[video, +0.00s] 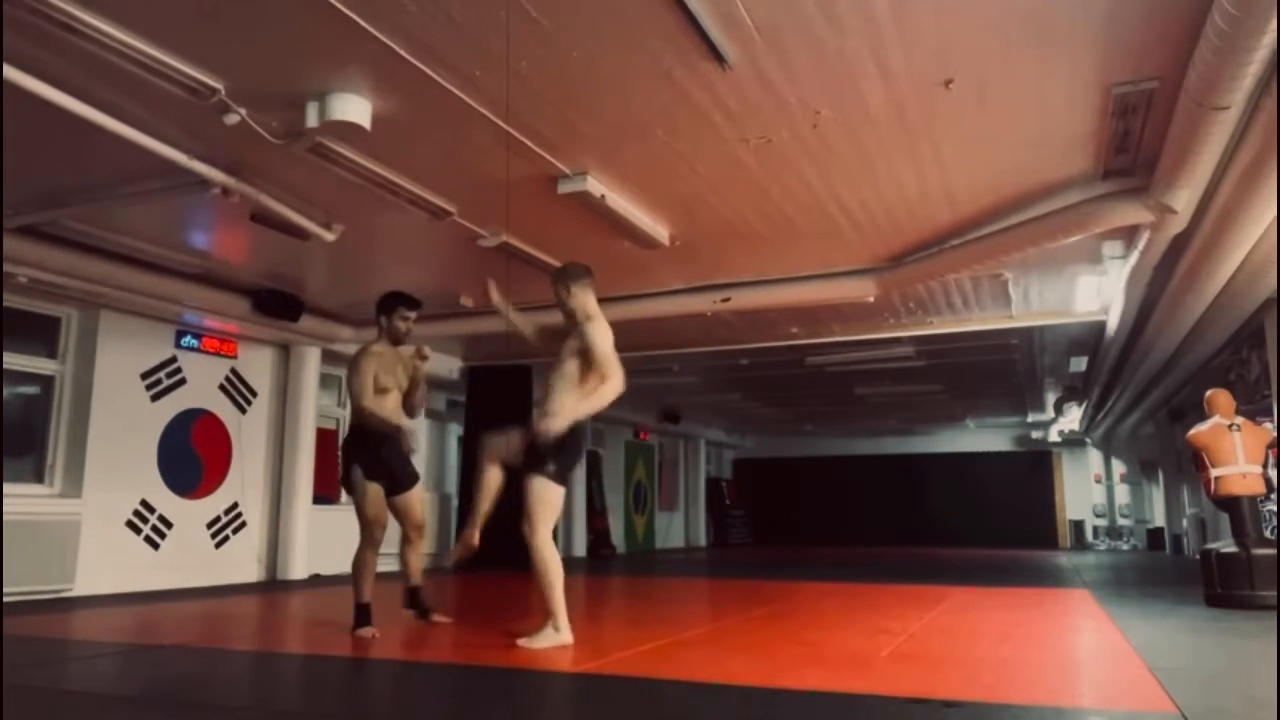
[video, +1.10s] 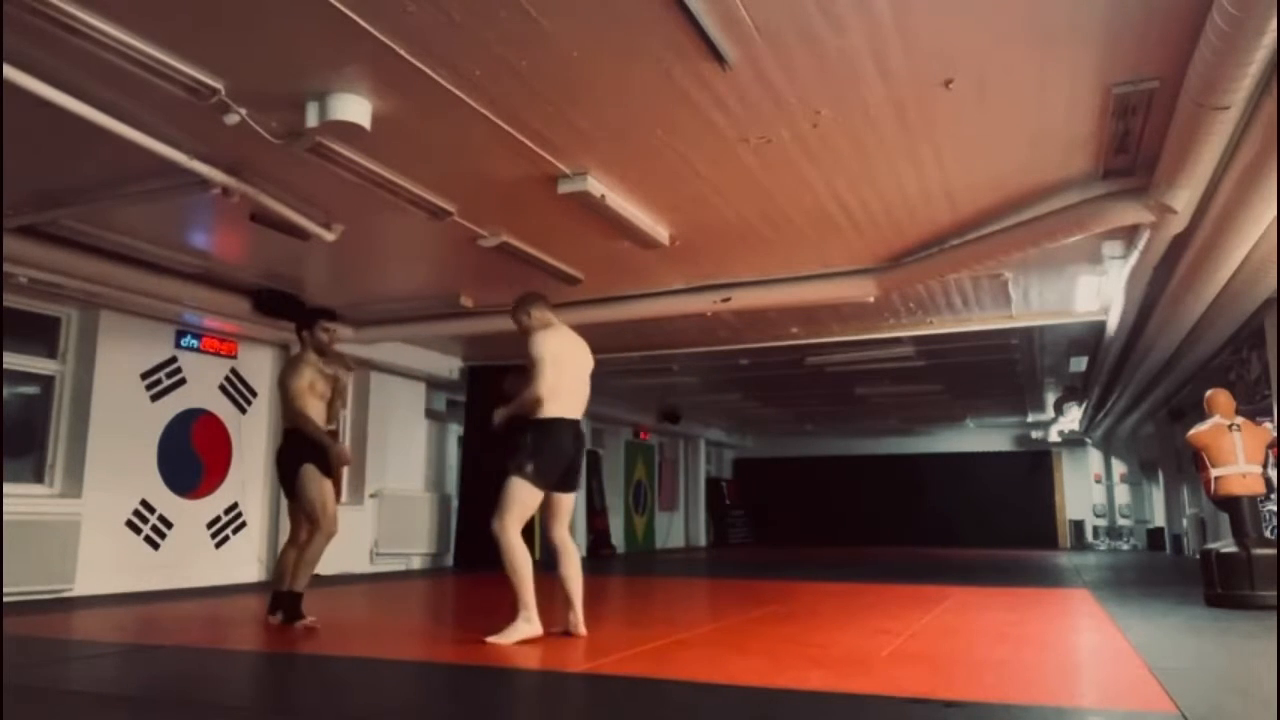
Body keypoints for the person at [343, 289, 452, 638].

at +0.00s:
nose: (410, 327)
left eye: (413, 321)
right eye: (404, 320)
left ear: (413, 323)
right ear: (385, 319)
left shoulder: (408, 359)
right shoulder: (366, 356)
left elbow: (412, 409)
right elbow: (361, 406)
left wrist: (419, 372)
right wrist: (398, 429)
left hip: (394, 442)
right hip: (364, 442)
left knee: (415, 524)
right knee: (374, 529)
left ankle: (415, 595)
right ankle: (363, 612)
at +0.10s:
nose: (402, 328)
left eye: (406, 322)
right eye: (396, 321)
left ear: (406, 324)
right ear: (378, 320)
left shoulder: (397, 358)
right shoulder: (363, 360)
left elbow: (408, 408)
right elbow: (360, 412)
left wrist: (409, 371)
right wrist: (395, 448)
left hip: (387, 440)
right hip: (359, 441)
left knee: (398, 527)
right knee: (373, 528)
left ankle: (379, 596)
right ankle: (361, 612)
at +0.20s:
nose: (393, 331)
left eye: (397, 326)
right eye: (386, 325)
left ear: (398, 328)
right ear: (369, 325)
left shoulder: (388, 362)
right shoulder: (358, 364)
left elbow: (404, 405)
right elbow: (362, 416)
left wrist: (399, 362)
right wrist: (397, 451)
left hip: (377, 444)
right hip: (353, 445)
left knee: (383, 528)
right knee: (373, 528)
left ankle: (345, 583)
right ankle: (361, 613)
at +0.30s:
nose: (376, 336)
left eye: (381, 330)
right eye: (370, 330)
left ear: (387, 333)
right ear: (355, 331)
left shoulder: (380, 364)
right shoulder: (349, 364)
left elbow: (391, 404)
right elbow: (366, 412)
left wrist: (383, 367)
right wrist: (402, 448)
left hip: (368, 451)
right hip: (347, 450)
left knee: (358, 532)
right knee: (374, 528)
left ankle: (315, 581)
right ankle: (361, 617)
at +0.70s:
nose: (333, 344)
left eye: (337, 338)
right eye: (326, 337)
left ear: (339, 339)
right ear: (308, 337)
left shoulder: (327, 370)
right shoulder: (303, 371)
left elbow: (350, 411)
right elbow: (328, 415)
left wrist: (341, 381)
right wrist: (353, 458)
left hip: (326, 452)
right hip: (309, 453)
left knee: (312, 537)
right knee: (340, 522)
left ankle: (282, 601)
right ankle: (334, 604)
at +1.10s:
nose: (330, 338)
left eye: (333, 332)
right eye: (324, 331)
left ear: (332, 336)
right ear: (305, 333)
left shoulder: (324, 370)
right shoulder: (299, 366)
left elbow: (332, 416)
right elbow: (298, 411)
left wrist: (341, 384)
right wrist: (330, 444)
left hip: (311, 449)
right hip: (300, 447)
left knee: (300, 534)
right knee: (326, 524)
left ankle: (279, 602)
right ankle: (292, 601)